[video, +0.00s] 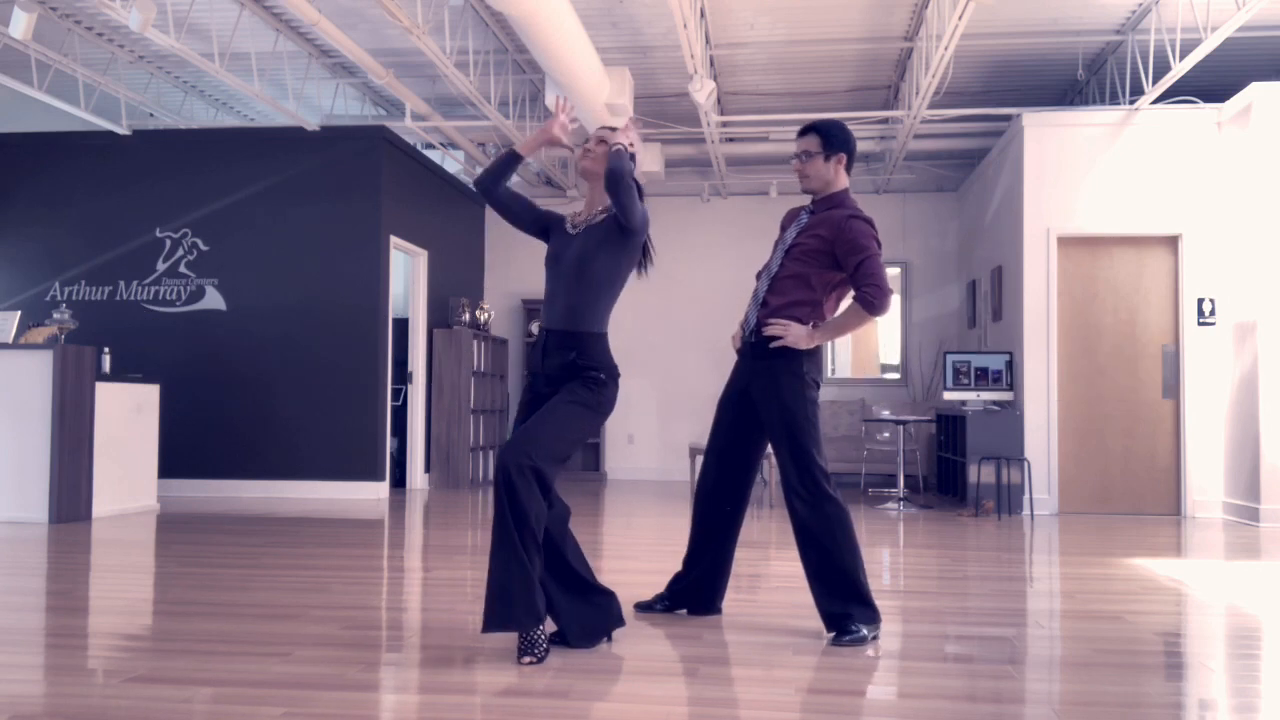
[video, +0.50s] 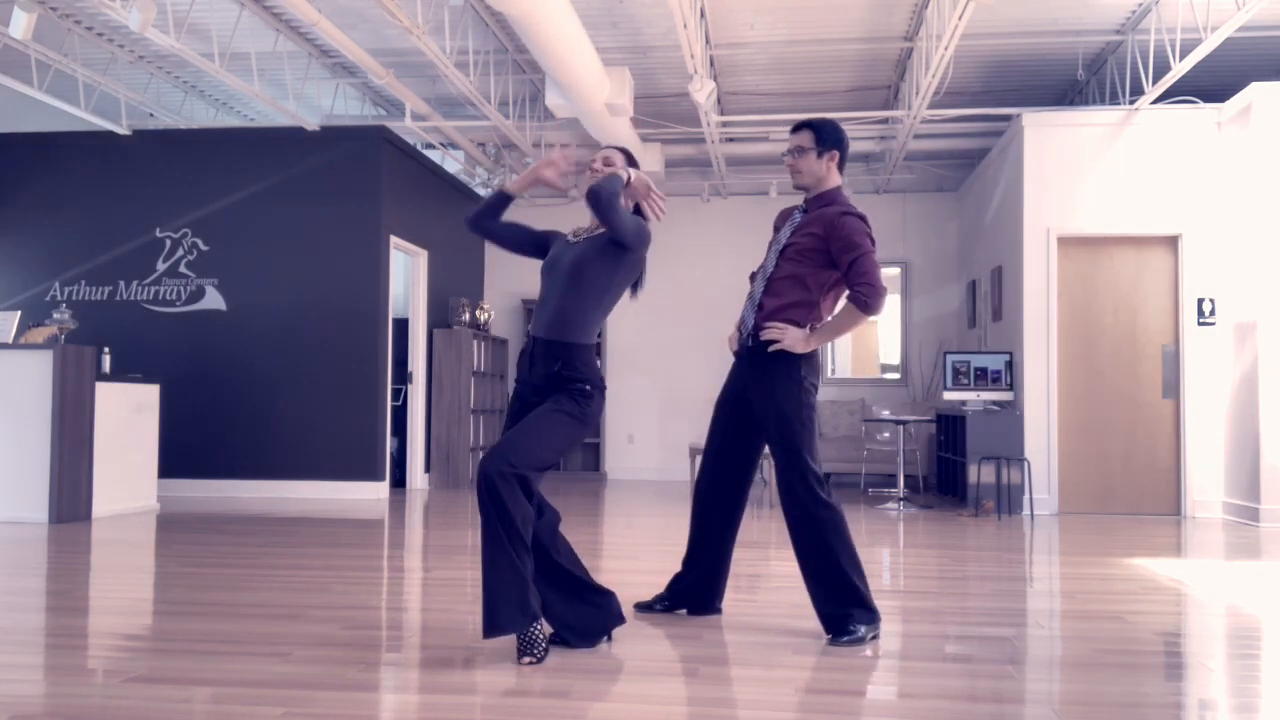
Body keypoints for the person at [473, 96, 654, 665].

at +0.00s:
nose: (589, 149)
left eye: (603, 146)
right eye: (589, 143)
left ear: (622, 166)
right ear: (579, 155)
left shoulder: (627, 226)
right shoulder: (557, 226)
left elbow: (624, 192)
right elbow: (488, 187)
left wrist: (621, 150)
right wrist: (541, 138)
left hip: (588, 376)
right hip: (544, 372)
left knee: (516, 462)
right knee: (530, 490)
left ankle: (532, 617)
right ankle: (587, 608)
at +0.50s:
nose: (596, 170)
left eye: (610, 166)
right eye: (593, 163)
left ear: (632, 187)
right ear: (583, 176)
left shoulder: (633, 236)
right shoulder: (560, 242)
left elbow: (602, 199)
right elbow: (481, 222)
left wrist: (628, 177)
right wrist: (531, 179)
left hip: (576, 388)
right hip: (531, 381)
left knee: (499, 469)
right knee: (517, 496)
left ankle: (529, 618)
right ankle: (586, 611)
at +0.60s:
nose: (596, 167)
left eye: (609, 160)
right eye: (591, 160)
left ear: (633, 179)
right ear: (583, 177)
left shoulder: (633, 236)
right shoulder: (559, 241)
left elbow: (600, 266)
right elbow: (483, 269)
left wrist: (603, 211)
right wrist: (489, 218)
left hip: (577, 386)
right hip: (533, 380)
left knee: (499, 469)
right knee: (518, 497)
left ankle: (528, 619)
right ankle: (586, 611)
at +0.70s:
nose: (591, 157)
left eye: (602, 150)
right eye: (585, 149)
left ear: (622, 167)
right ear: (577, 162)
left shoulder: (622, 226)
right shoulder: (556, 231)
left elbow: (618, 309)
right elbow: (505, 302)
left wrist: (569, 270)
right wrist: (460, 288)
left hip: (584, 374)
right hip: (542, 372)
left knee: (505, 468)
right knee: (520, 491)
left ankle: (527, 617)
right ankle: (588, 611)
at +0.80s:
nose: (576, 142)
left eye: (587, 136)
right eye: (570, 134)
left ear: (607, 151)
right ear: (560, 147)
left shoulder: (610, 216)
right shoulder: (542, 219)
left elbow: (616, 301)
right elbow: (528, 299)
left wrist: (574, 348)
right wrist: (481, 347)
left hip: (594, 360)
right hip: (549, 359)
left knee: (519, 462)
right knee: (526, 484)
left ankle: (530, 618)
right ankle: (588, 610)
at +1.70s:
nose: (572, 134)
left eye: (581, 126)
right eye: (562, 125)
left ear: (598, 135)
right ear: (550, 134)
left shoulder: (620, 202)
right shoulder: (531, 204)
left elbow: (634, 287)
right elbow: (519, 288)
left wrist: (639, 369)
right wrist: (523, 369)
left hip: (620, 343)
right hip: (566, 345)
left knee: (574, 446)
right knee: (566, 462)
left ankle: (571, 597)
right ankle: (588, 603)